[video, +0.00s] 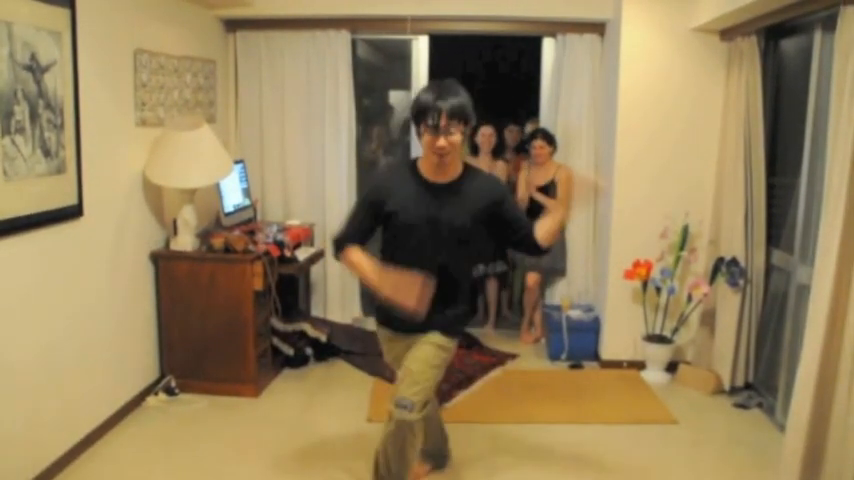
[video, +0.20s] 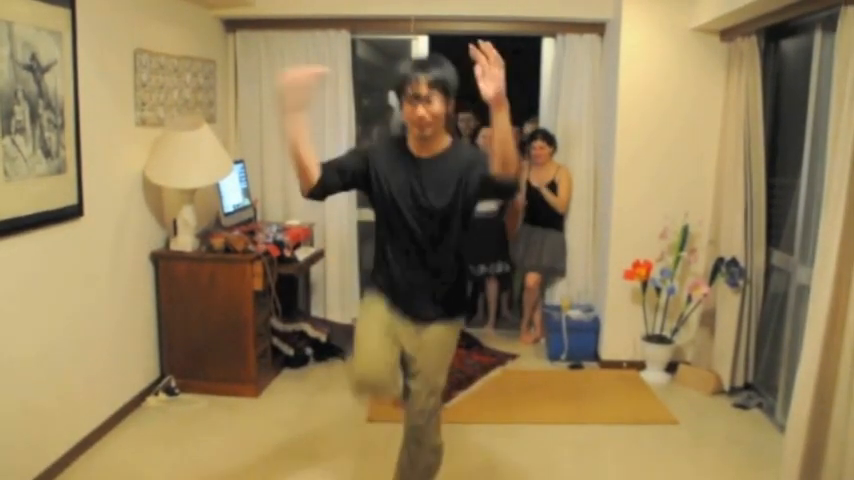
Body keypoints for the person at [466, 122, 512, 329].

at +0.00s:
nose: (486, 139)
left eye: (490, 135)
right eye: (482, 135)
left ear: (496, 139)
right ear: (475, 137)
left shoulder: (500, 166)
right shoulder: (468, 164)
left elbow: (501, 196)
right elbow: (464, 192)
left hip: (493, 228)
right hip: (470, 227)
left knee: (491, 274)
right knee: (472, 272)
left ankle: (491, 318)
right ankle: (474, 314)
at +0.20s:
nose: (486, 142)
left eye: (490, 137)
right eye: (482, 137)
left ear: (497, 140)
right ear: (476, 140)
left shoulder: (504, 166)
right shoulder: (472, 166)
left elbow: (511, 199)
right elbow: (464, 196)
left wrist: (509, 228)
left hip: (495, 220)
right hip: (474, 220)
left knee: (492, 274)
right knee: (477, 272)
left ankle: (491, 318)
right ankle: (478, 313)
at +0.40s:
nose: (487, 140)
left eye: (491, 136)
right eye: (483, 136)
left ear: (497, 141)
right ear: (477, 140)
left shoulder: (502, 166)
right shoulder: (470, 165)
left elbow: (503, 195)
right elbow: (465, 192)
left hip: (496, 215)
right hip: (474, 216)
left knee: (493, 270)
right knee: (473, 266)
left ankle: (492, 318)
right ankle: (471, 313)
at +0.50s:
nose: (487, 141)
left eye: (491, 136)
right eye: (483, 136)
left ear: (497, 141)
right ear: (477, 139)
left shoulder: (501, 166)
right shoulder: (468, 163)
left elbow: (500, 196)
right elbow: (463, 194)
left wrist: (489, 178)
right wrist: (482, 180)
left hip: (493, 218)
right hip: (472, 217)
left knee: (493, 273)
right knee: (472, 271)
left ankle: (491, 319)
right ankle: (471, 317)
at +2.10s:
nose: (485, 142)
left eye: (489, 137)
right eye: (481, 137)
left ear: (495, 141)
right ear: (475, 141)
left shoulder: (501, 167)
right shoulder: (466, 164)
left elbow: (501, 197)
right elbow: (460, 193)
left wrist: (489, 182)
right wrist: (477, 185)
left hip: (493, 217)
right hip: (470, 216)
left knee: (492, 273)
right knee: (466, 272)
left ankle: (491, 319)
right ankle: (460, 316)